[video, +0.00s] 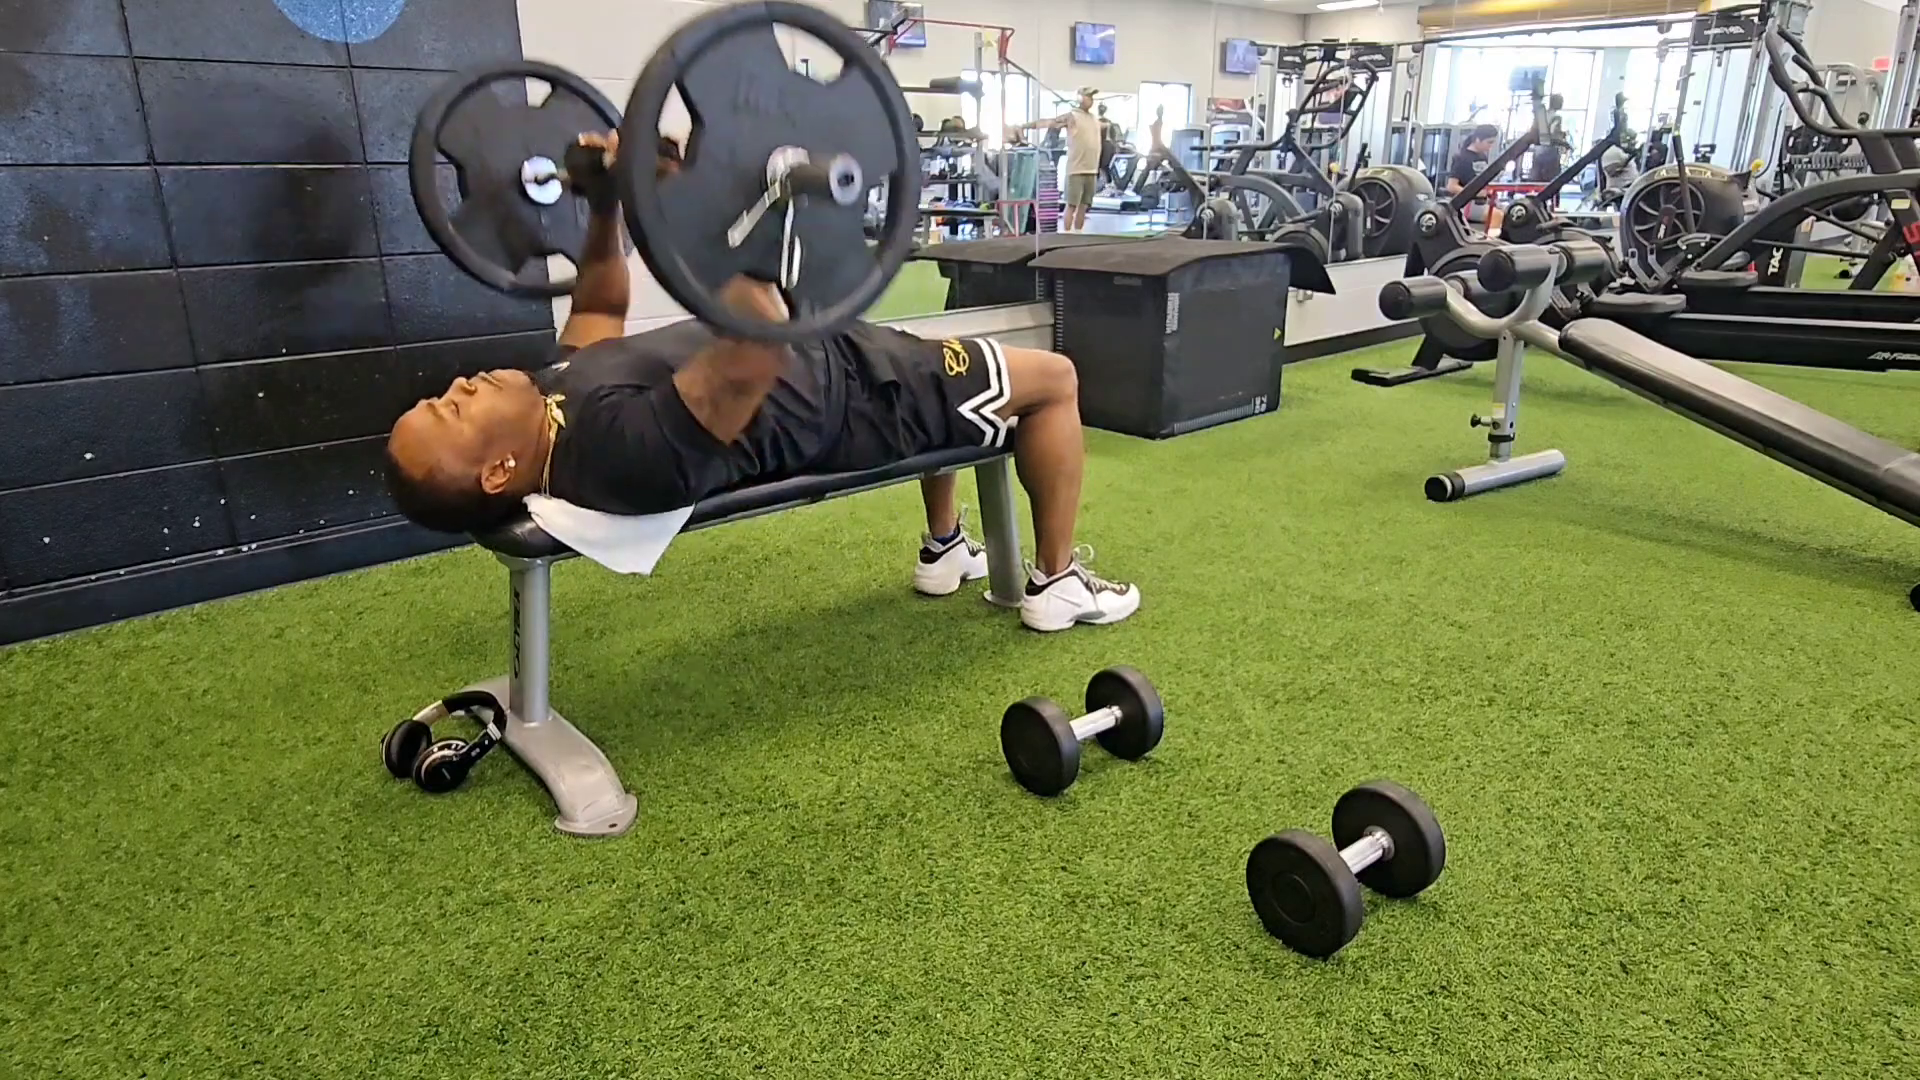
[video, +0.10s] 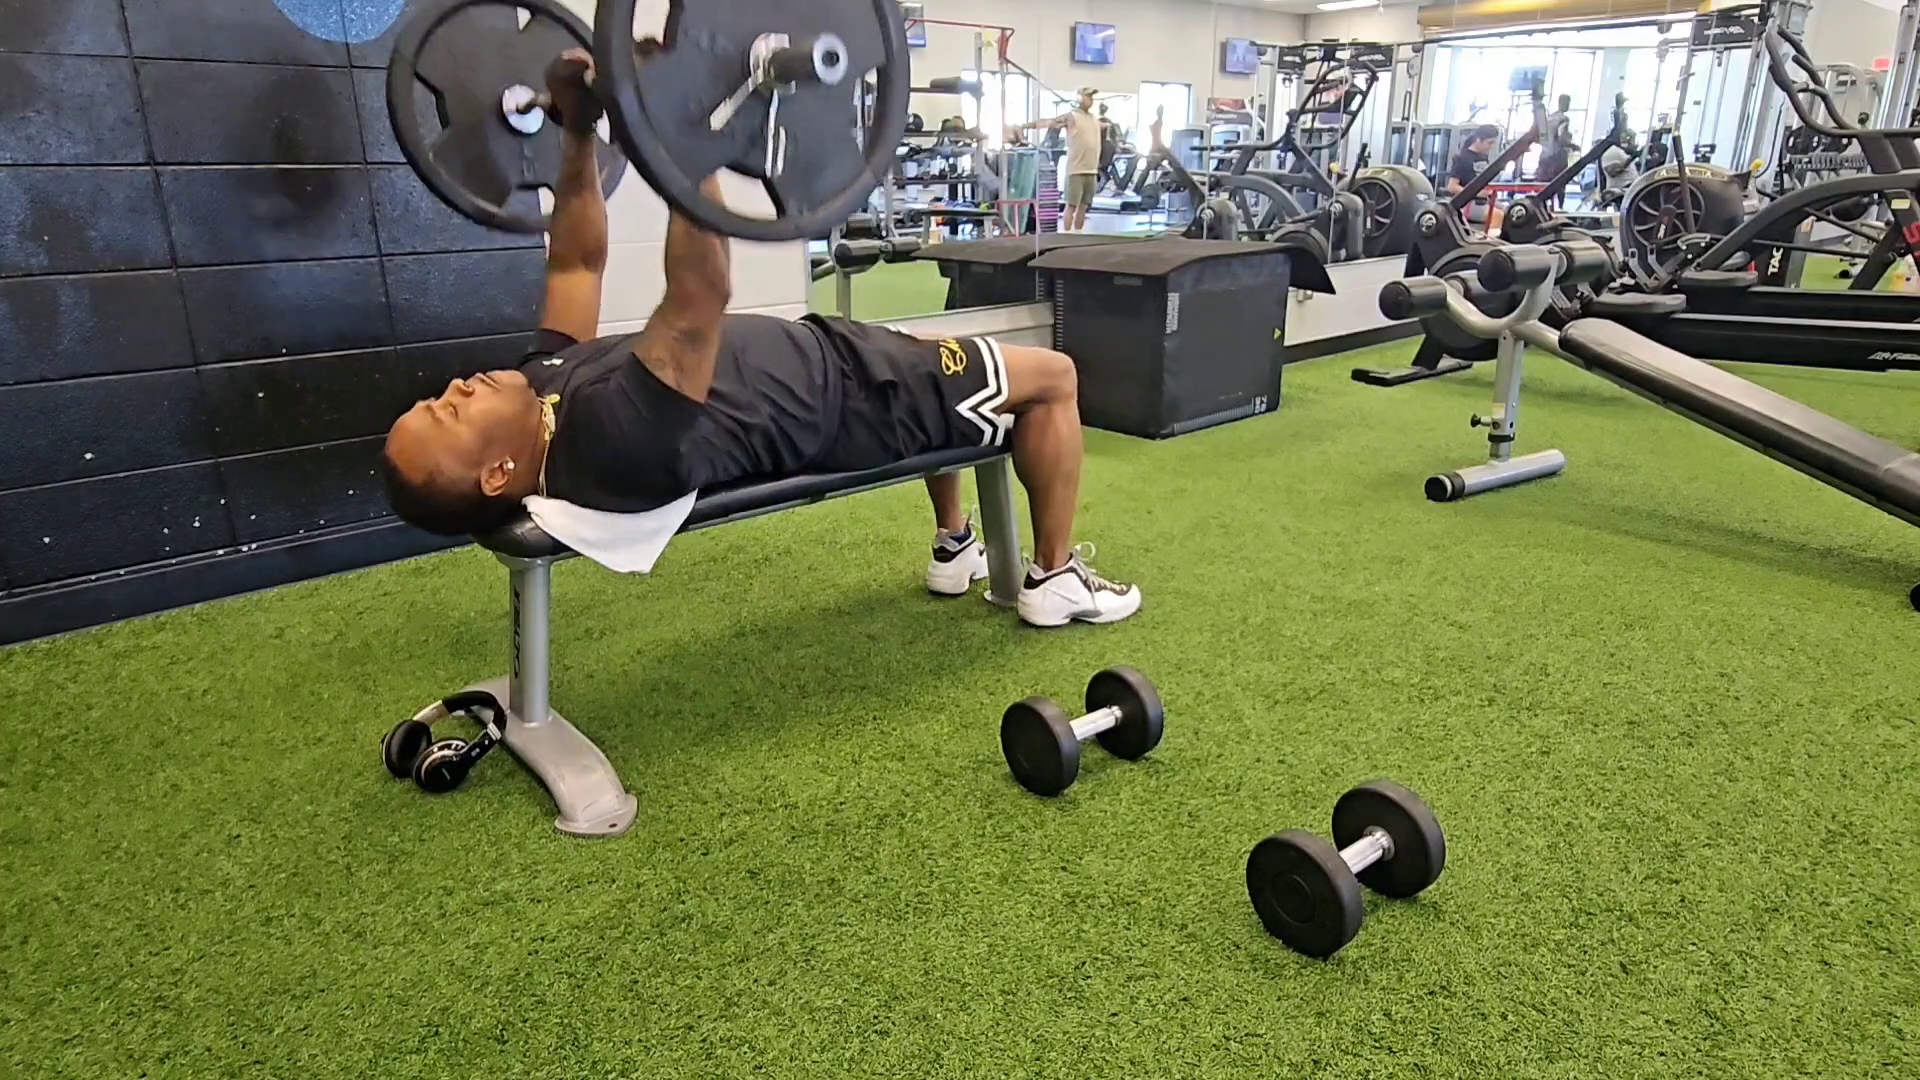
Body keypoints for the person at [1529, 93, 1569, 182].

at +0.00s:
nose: (1561, 104)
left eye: (1561, 102)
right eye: (1561, 102)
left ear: (1551, 102)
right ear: (1558, 103)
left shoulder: (1541, 115)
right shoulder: (1556, 117)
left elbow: (1533, 131)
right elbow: (1554, 133)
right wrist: (1565, 143)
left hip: (1539, 148)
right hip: (1551, 148)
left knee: (1536, 175)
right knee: (1551, 176)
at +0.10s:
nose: (1568, 106)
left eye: (1568, 103)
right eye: (1567, 103)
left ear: (1559, 103)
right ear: (1564, 104)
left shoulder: (1550, 117)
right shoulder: (1563, 119)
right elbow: (1561, 138)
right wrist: (1573, 146)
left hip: (1545, 154)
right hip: (1558, 154)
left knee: (1543, 179)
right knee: (1559, 180)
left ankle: (1541, 204)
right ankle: (1559, 207)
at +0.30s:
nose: (1579, 104)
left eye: (1578, 101)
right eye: (1580, 102)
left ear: (1572, 101)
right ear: (1581, 103)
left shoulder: (1564, 116)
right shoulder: (1578, 118)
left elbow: (1559, 135)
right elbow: (1577, 139)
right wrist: (1586, 143)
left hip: (1558, 152)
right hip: (1569, 153)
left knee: (1557, 179)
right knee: (1568, 181)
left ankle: (1554, 205)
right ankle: (1562, 206)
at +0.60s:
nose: (1595, 104)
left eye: (1594, 101)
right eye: (1594, 101)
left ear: (1585, 101)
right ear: (1593, 102)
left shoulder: (1577, 115)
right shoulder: (1592, 117)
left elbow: (1570, 133)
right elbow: (1590, 133)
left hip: (1571, 150)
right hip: (1581, 151)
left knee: (1573, 179)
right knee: (1578, 179)